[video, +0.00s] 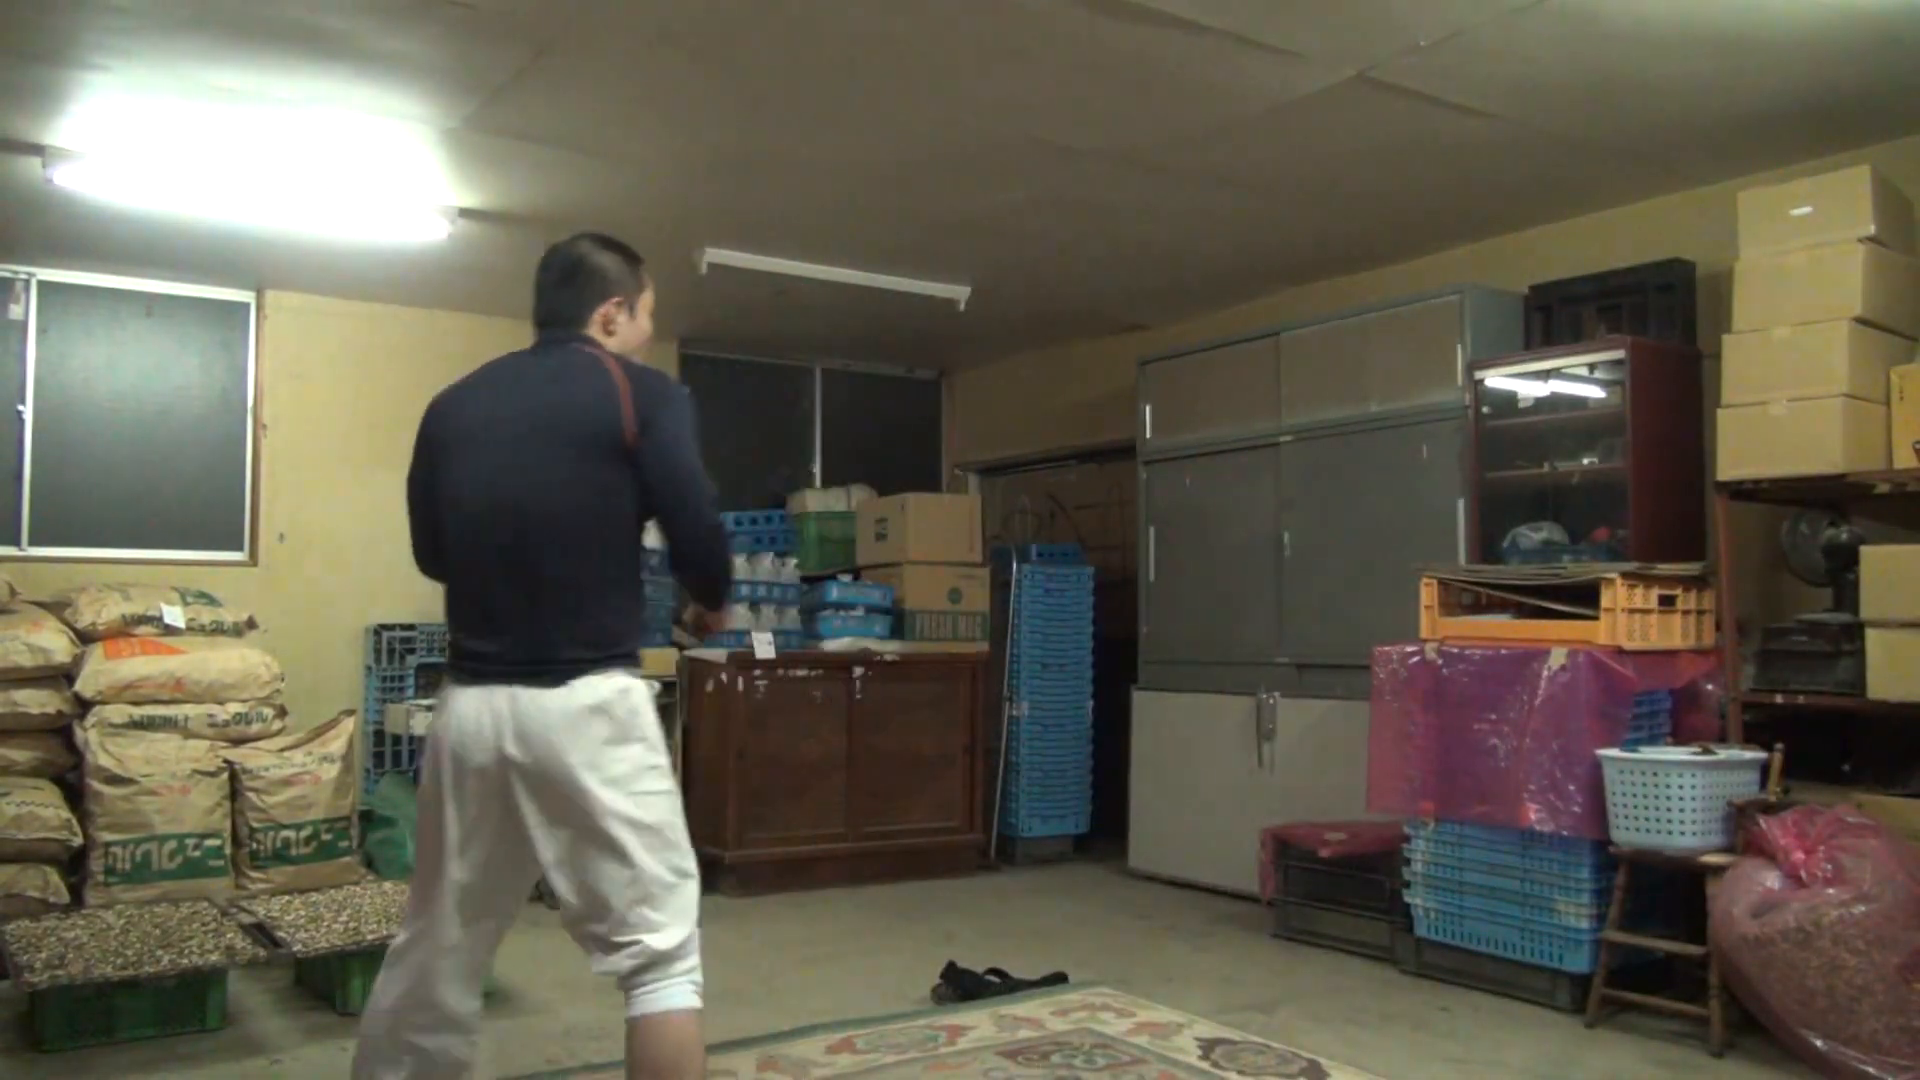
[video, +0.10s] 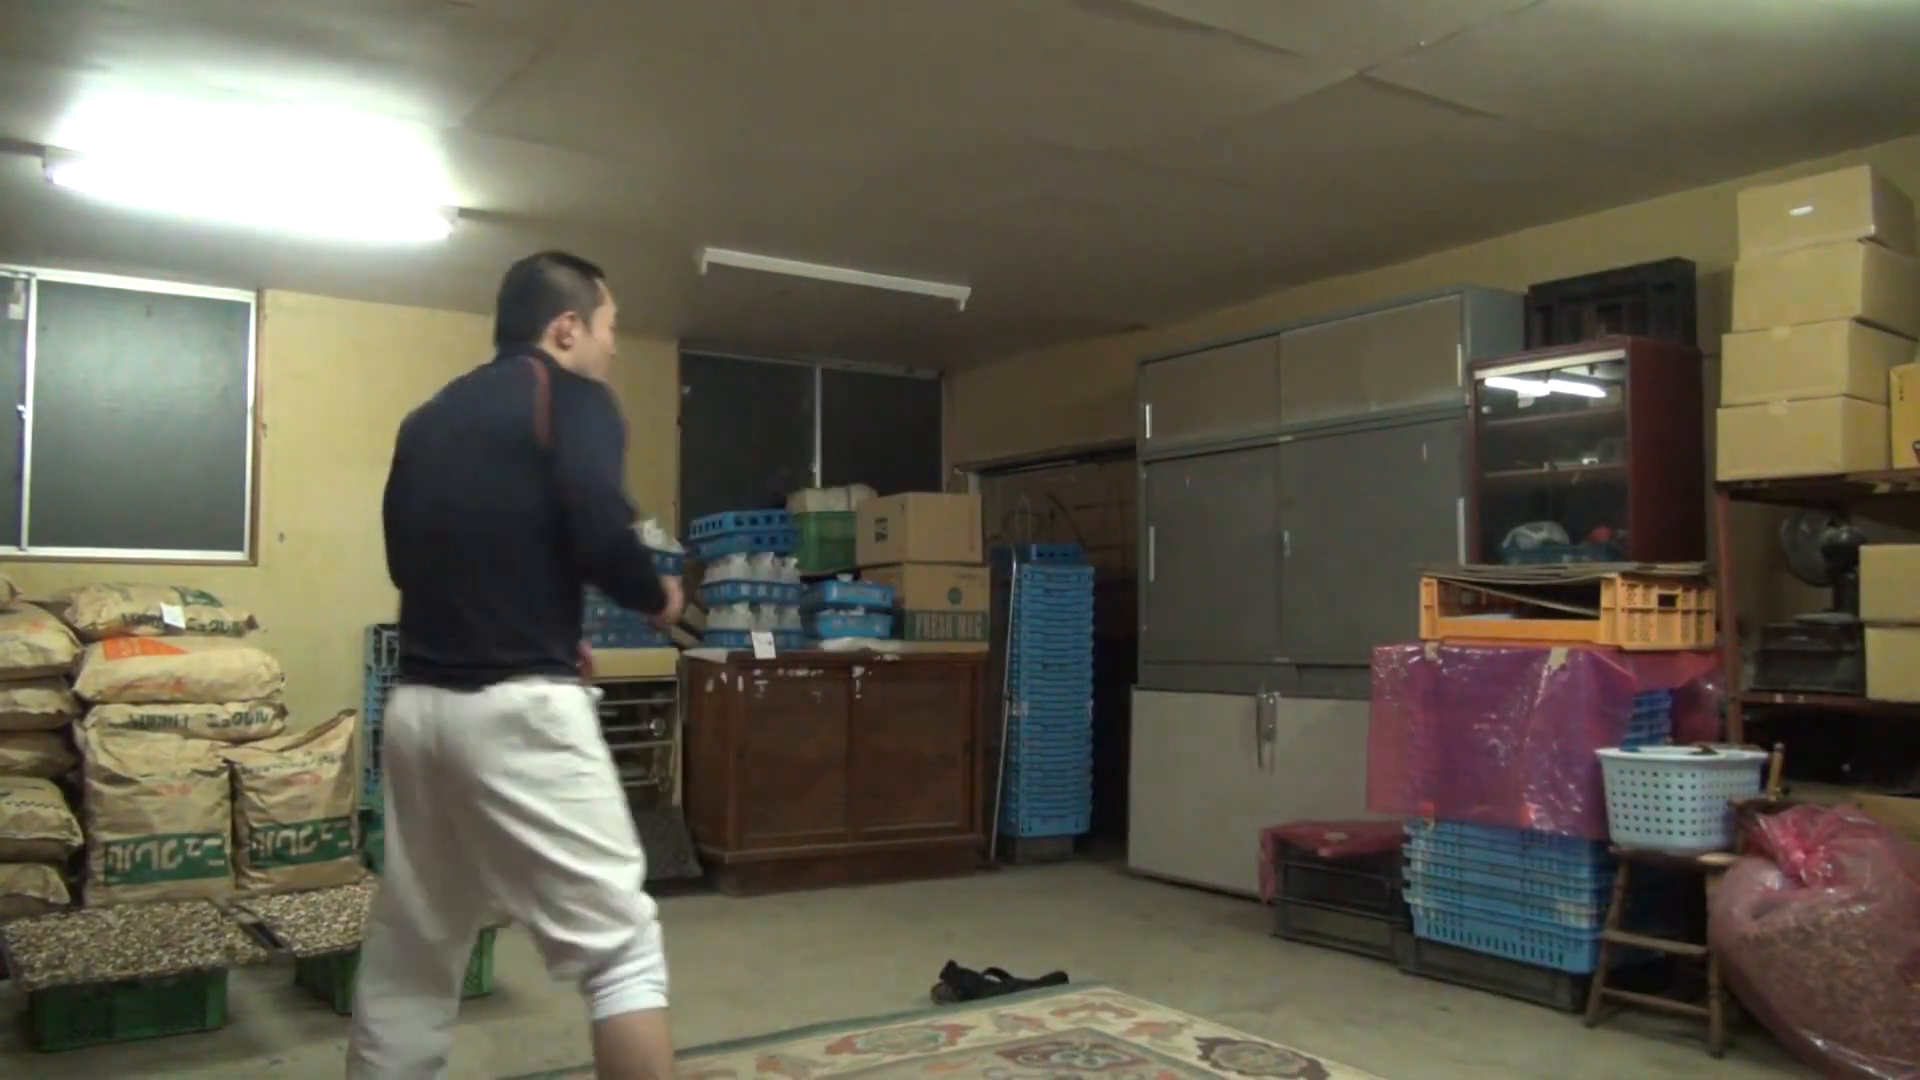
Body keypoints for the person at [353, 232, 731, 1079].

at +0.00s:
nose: (646, 332)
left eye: (646, 315)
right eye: (643, 315)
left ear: (545, 314)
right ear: (613, 315)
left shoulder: (454, 404)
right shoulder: (642, 391)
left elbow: (432, 553)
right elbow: (692, 522)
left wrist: (531, 559)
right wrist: (710, 601)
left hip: (468, 716)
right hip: (591, 715)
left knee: (436, 954)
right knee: (660, 961)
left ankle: (390, 1071)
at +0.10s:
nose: (613, 350)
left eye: (613, 332)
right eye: (608, 331)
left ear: (524, 332)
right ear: (564, 331)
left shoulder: (426, 419)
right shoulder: (572, 396)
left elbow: (415, 561)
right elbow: (596, 528)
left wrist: (547, 630)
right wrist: (658, 595)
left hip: (415, 716)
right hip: (524, 716)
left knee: (407, 966)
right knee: (620, 954)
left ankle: (381, 1072)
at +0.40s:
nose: (542, 336)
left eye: (543, 317)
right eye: (533, 314)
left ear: (461, 314)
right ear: (480, 310)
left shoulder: (380, 388)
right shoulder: (452, 370)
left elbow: (362, 539)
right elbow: (417, 499)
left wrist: (486, 603)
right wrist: (495, 613)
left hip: (339, 691)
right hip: (410, 691)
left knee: (353, 958)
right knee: (460, 943)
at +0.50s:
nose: (521, 334)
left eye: (523, 316)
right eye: (513, 312)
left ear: (442, 312)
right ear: (458, 308)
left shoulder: (350, 392)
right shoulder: (431, 372)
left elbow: (331, 551)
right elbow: (402, 510)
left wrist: (448, 640)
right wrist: (489, 626)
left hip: (314, 699)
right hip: (390, 701)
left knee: (326, 965)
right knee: (407, 960)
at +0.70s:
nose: (492, 337)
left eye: (494, 316)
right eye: (485, 312)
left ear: (400, 309)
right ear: (430, 304)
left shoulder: (303, 386)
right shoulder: (415, 375)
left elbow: (310, 546)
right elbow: (408, 522)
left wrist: (420, 620)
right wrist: (488, 626)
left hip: (243, 710)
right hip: (331, 718)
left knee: (264, 999)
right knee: (315, 1000)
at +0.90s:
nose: (464, 286)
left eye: (465, 264)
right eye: (457, 260)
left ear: (381, 255)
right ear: (399, 252)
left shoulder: (277, 330)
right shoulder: (360, 315)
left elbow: (192, 464)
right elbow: (302, 433)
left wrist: (315, 529)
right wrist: (391, 558)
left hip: (213, 663)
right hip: (281, 668)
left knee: (209, 950)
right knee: (316, 950)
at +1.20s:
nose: (424, 273)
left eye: (424, 251)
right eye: (414, 249)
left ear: (343, 246)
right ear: (355, 242)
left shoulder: (258, 315)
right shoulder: (305, 310)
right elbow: (196, 435)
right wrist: (327, 550)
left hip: (168, 666)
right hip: (242, 666)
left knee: (144, 970)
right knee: (355, 940)